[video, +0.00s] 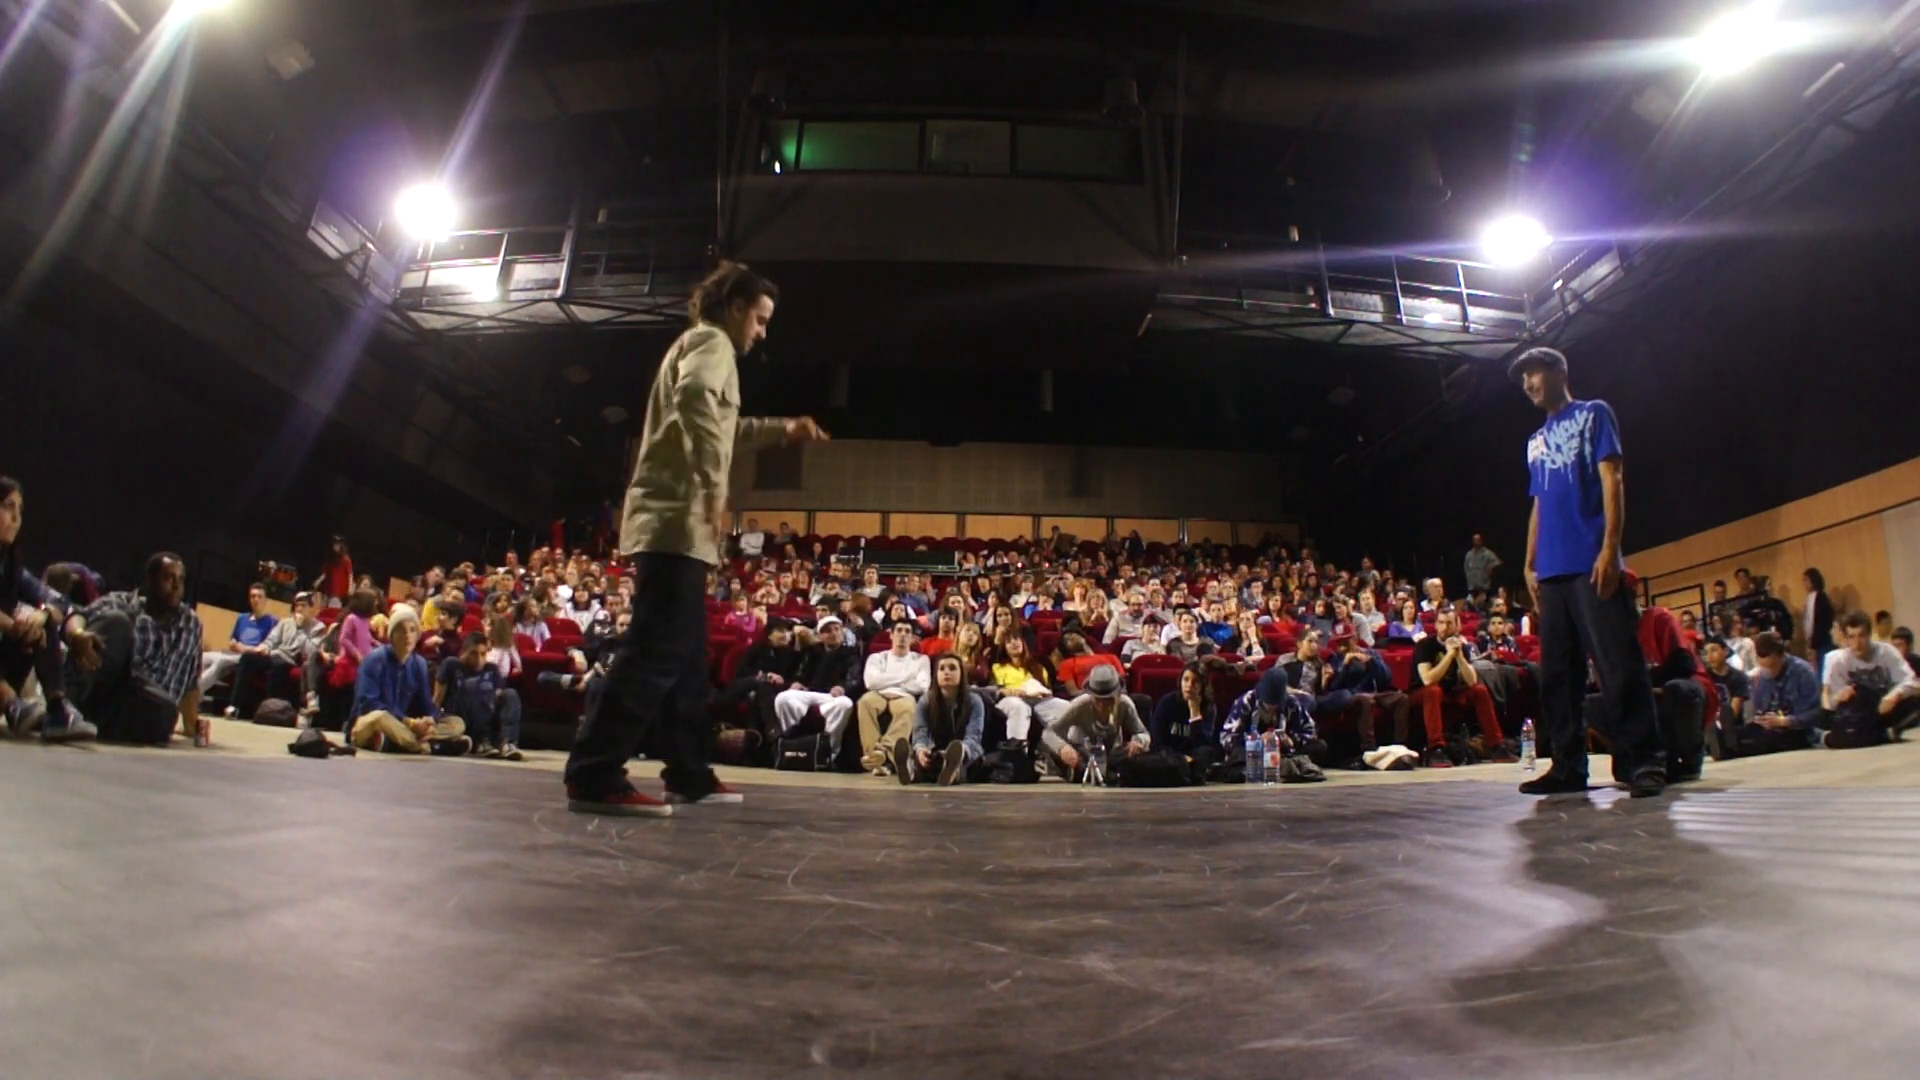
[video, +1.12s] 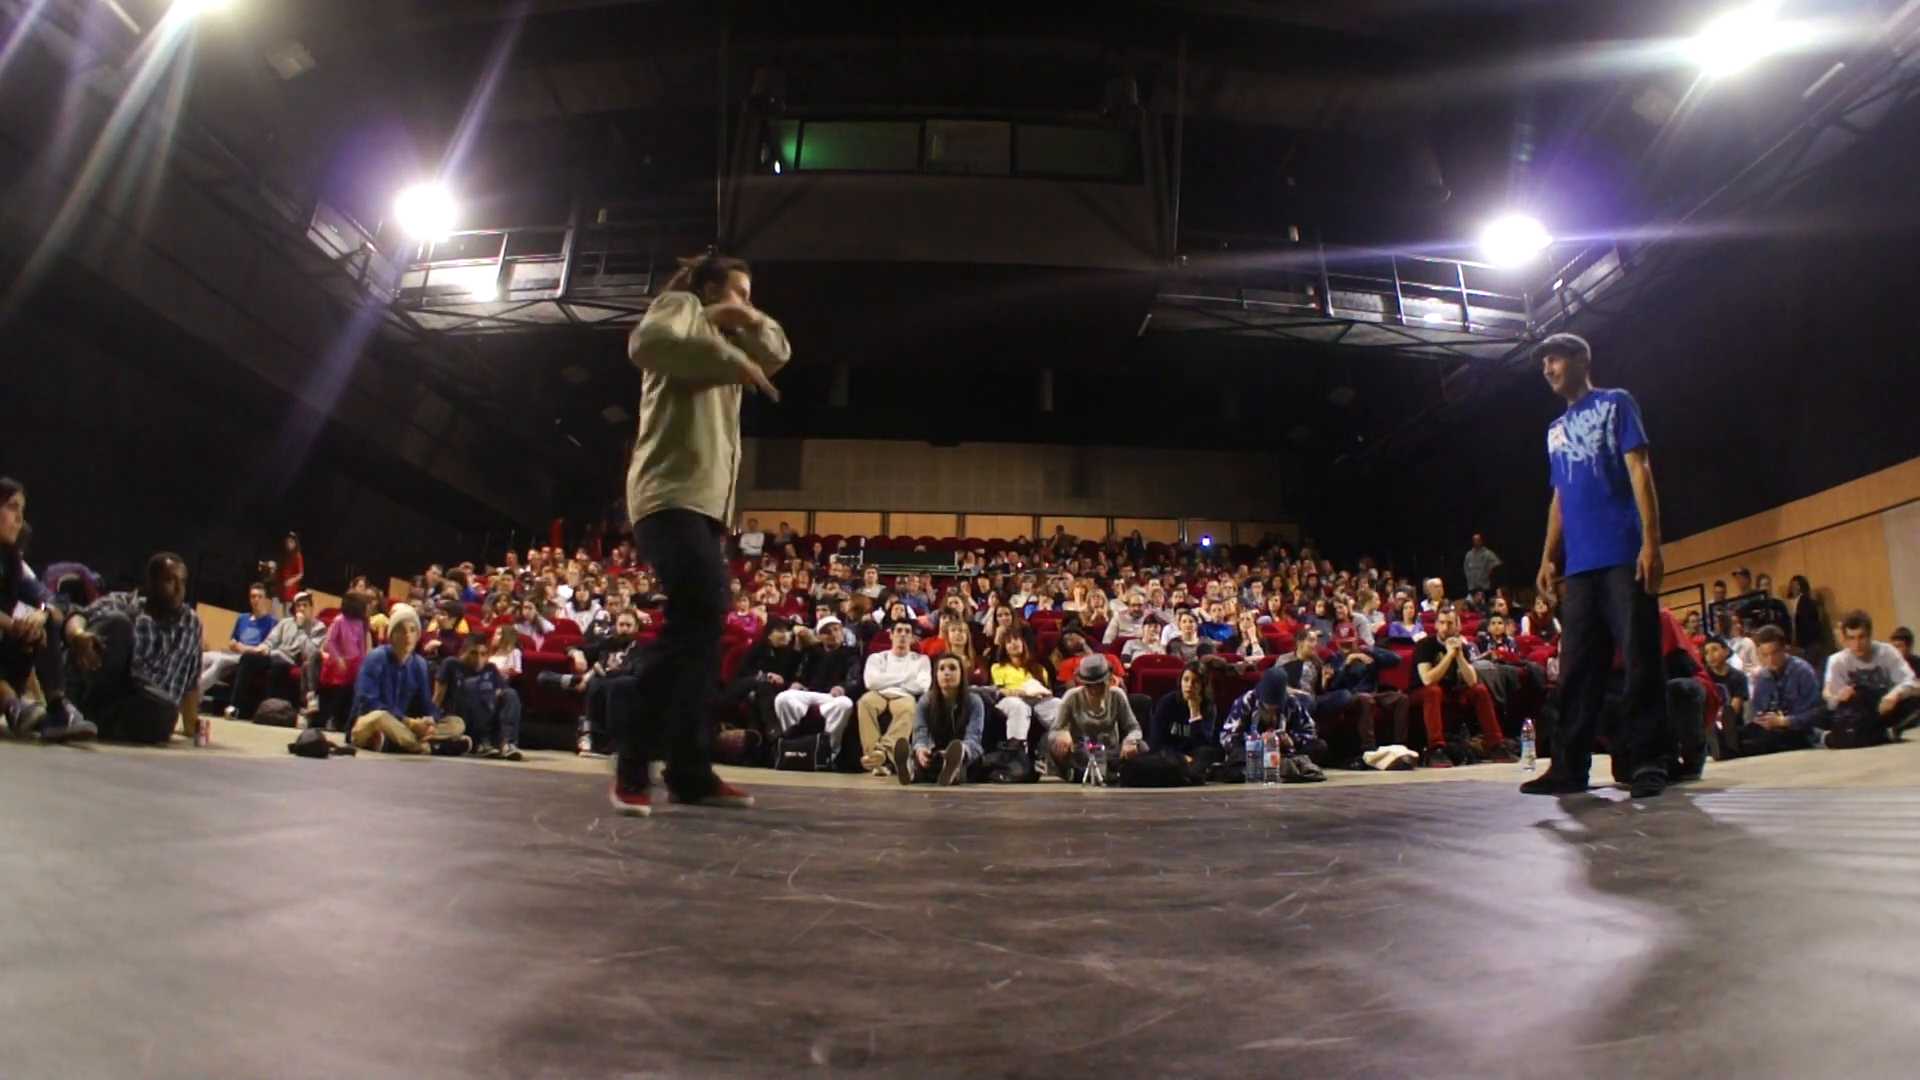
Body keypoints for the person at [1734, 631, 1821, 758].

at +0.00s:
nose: (1767, 671)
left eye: (1770, 666)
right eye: (1763, 667)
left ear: (1779, 656)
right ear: (1759, 662)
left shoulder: (1803, 672)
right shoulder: (1762, 677)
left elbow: (1814, 714)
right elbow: (1757, 711)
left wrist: (1783, 721)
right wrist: (1762, 720)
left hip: (1798, 732)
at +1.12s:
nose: (1771, 660)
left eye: (1775, 653)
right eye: (1765, 655)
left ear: (1784, 650)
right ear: (1759, 656)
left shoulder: (1803, 671)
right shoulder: (1761, 676)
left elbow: (1817, 711)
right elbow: (1757, 709)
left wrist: (1783, 721)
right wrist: (1763, 720)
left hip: (1799, 731)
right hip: (1769, 731)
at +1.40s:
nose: (1774, 654)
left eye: (1778, 647)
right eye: (1768, 649)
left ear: (1786, 647)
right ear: (1763, 652)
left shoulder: (1802, 671)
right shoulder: (1763, 676)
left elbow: (1815, 712)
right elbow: (1757, 710)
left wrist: (1782, 721)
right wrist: (1762, 719)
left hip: (1798, 731)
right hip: (1768, 730)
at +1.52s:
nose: (1775, 653)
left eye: (1779, 646)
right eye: (1769, 648)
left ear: (1787, 647)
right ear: (1764, 650)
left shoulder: (1803, 671)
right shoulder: (1763, 676)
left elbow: (1815, 711)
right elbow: (1757, 710)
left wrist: (1783, 721)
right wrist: (1761, 719)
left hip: (1797, 731)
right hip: (1768, 731)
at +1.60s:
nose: (1776, 652)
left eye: (1780, 646)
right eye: (1770, 647)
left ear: (1788, 646)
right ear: (1764, 650)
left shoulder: (1804, 670)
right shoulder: (1763, 676)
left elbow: (1815, 711)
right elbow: (1757, 711)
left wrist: (1783, 721)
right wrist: (1762, 719)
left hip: (1798, 731)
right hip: (1769, 732)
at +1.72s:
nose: (1776, 651)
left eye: (1781, 645)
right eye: (1771, 646)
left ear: (1789, 646)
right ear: (1765, 649)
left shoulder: (1804, 670)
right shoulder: (1764, 675)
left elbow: (1814, 711)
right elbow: (1757, 710)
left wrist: (1783, 721)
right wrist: (1761, 719)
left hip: (1798, 730)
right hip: (1767, 730)